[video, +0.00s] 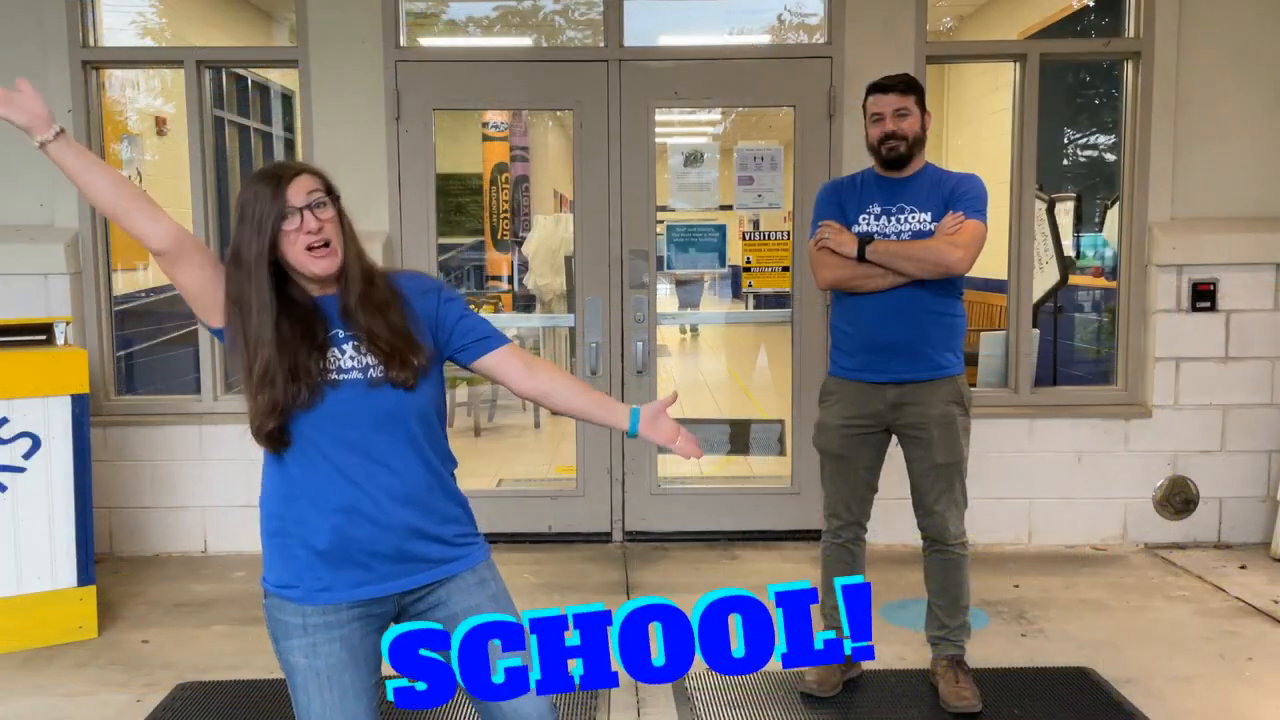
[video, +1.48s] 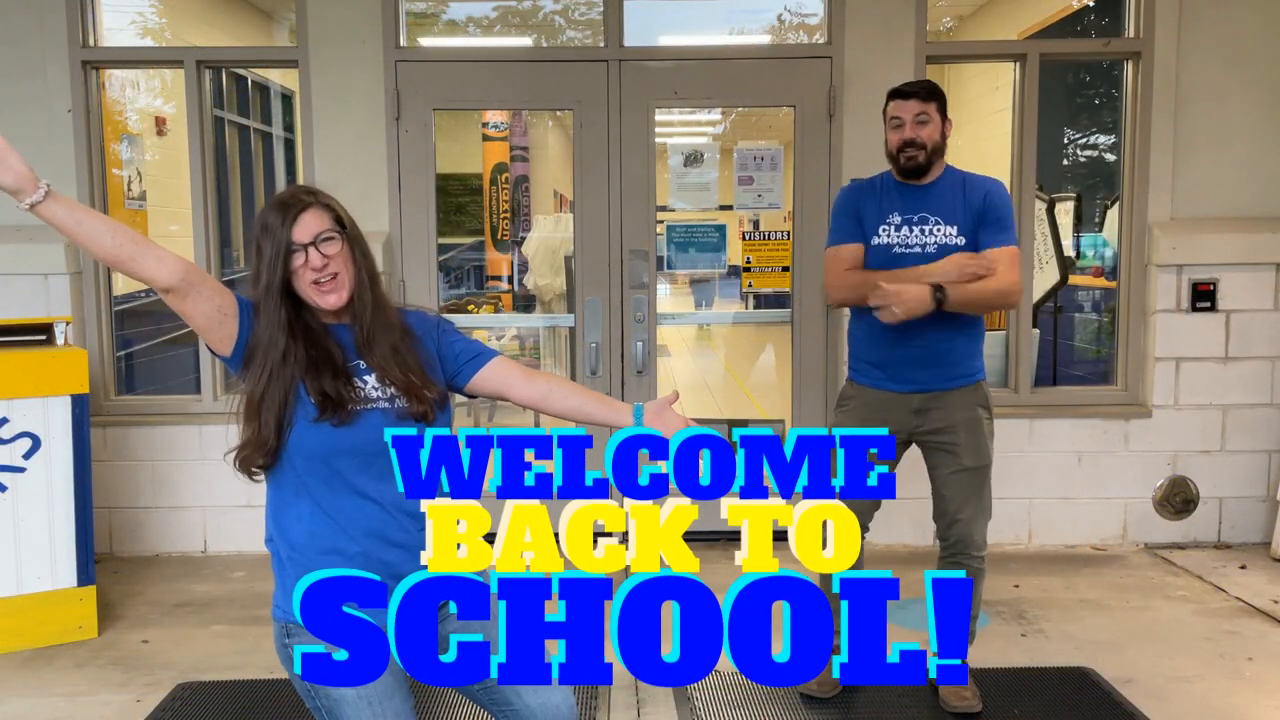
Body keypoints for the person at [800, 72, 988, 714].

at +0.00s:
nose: (888, 127)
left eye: (901, 116)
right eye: (877, 118)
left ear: (923, 122)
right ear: (865, 128)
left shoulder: (960, 187)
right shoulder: (839, 194)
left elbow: (954, 260)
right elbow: (826, 273)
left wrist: (861, 244)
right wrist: (923, 260)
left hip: (933, 384)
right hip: (851, 385)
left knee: (945, 529)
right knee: (842, 525)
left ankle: (950, 656)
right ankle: (839, 651)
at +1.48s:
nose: (908, 133)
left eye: (921, 122)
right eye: (897, 123)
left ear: (944, 130)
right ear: (884, 133)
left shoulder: (984, 195)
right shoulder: (857, 198)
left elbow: (1009, 286)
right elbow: (835, 288)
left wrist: (931, 296)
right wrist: (942, 270)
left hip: (956, 393)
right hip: (870, 392)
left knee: (965, 537)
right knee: (837, 529)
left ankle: (953, 665)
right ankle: (826, 652)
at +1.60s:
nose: (897, 134)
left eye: (911, 122)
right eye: (886, 123)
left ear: (935, 130)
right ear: (872, 133)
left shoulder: (978, 188)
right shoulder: (848, 202)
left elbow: (1055, 251)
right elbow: (794, 278)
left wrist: (1026, 258)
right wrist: (822, 285)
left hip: (955, 395)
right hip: (869, 394)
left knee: (971, 534)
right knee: (825, 526)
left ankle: (954, 662)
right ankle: (817, 649)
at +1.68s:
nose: (881, 137)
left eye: (895, 126)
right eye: (870, 126)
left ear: (918, 134)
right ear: (857, 135)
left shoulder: (962, 176)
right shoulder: (837, 202)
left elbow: (1049, 200)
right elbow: (784, 238)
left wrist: (1059, 182)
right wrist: (751, 260)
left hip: (953, 397)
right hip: (865, 397)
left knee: (974, 537)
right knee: (820, 524)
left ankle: (955, 664)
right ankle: (809, 651)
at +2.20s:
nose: (809, 205)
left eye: (825, 195)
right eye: (800, 192)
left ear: (848, 201)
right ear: (787, 197)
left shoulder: (888, 224)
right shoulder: (780, 262)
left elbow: (987, 189)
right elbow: (728, 292)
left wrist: (1074, 136)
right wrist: (657, 299)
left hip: (920, 429)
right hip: (839, 434)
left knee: (967, 567)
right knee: (794, 546)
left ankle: (955, 666)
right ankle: (805, 660)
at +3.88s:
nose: (839, 161)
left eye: (853, 151)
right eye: (829, 149)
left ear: (879, 153)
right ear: (818, 151)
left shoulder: (922, 189)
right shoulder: (799, 221)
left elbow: (1028, 179)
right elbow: (722, 277)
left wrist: (1131, 165)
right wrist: (656, 333)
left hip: (927, 404)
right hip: (840, 403)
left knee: (946, 545)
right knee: (807, 537)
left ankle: (948, 668)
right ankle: (809, 663)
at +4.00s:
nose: (849, 170)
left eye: (863, 158)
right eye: (838, 158)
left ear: (887, 165)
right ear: (824, 164)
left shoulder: (931, 215)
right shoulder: (805, 236)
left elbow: (1025, 261)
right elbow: (763, 319)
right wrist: (721, 389)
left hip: (934, 413)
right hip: (849, 412)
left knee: (951, 552)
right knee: (813, 537)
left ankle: (947, 663)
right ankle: (807, 656)